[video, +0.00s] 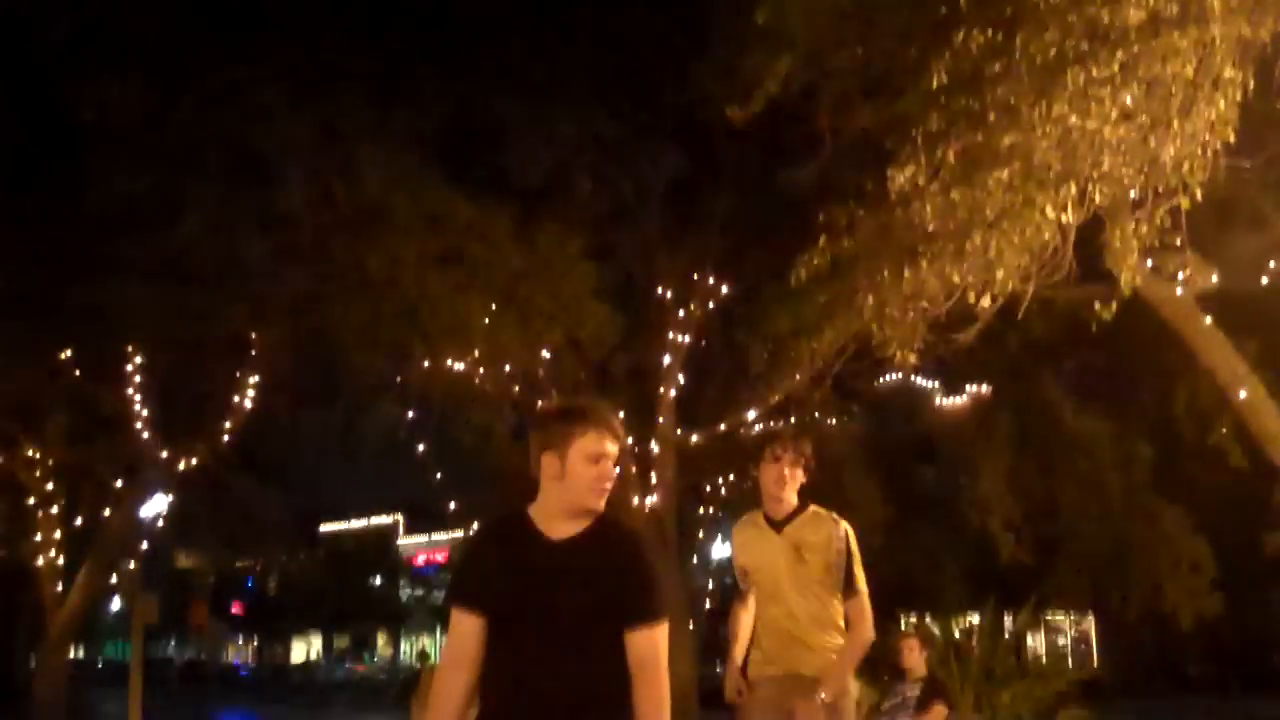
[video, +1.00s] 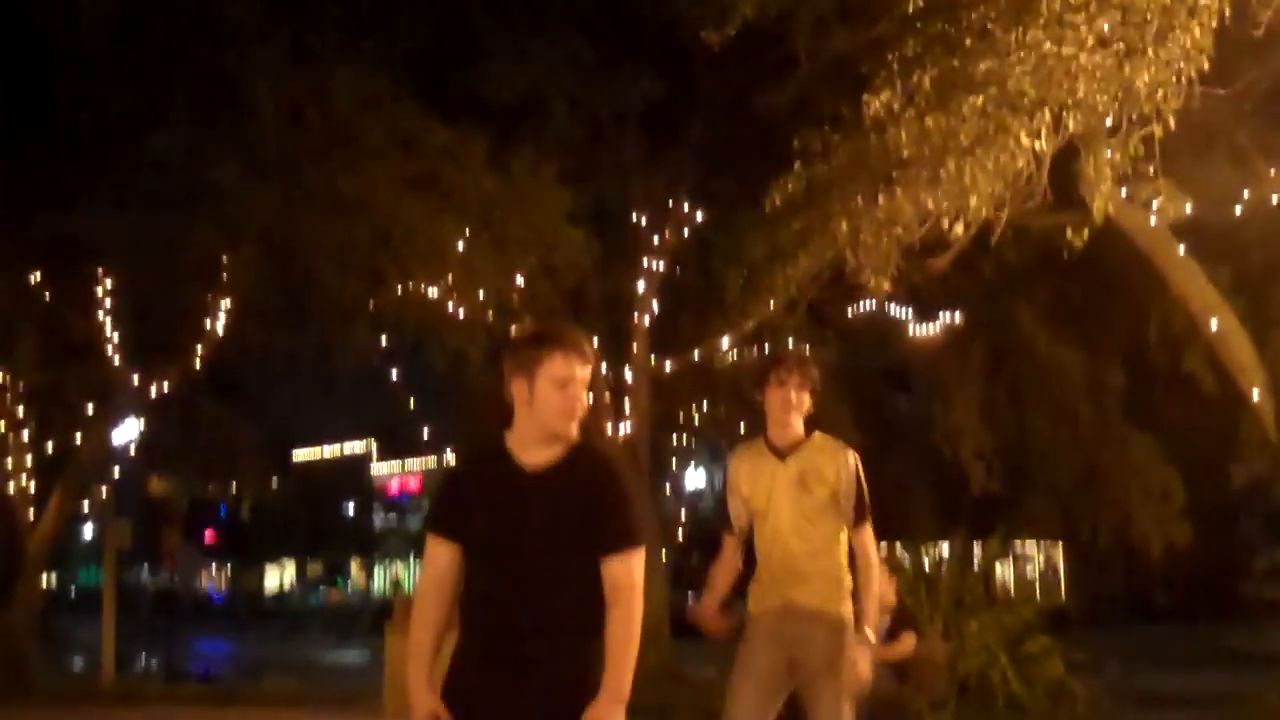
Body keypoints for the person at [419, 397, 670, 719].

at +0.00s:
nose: (610, 474)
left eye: (613, 463)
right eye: (595, 460)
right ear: (549, 464)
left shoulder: (626, 550)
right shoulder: (492, 547)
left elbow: (649, 673)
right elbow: (457, 667)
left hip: (601, 712)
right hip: (508, 710)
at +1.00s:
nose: (580, 401)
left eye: (584, 387)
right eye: (563, 385)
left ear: (591, 393)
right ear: (519, 389)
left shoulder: (603, 481)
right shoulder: (468, 481)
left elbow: (624, 598)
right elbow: (436, 587)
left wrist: (612, 700)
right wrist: (420, 689)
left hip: (571, 698)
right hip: (478, 695)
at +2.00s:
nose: (574, 478)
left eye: (580, 466)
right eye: (558, 462)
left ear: (586, 473)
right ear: (514, 468)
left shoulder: (601, 558)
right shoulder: (467, 563)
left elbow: (618, 675)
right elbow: (447, 680)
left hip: (575, 711)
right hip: (490, 712)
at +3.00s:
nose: (551, 510)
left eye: (565, 495)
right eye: (537, 495)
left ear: (592, 478)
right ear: (522, 483)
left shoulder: (629, 557)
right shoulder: (502, 556)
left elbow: (643, 679)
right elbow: (468, 669)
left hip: (600, 711)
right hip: (518, 711)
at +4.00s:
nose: (597, 486)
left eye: (602, 472)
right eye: (579, 474)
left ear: (610, 472)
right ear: (539, 477)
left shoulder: (625, 552)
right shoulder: (504, 555)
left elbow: (642, 679)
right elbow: (478, 671)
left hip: (603, 710)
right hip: (520, 711)